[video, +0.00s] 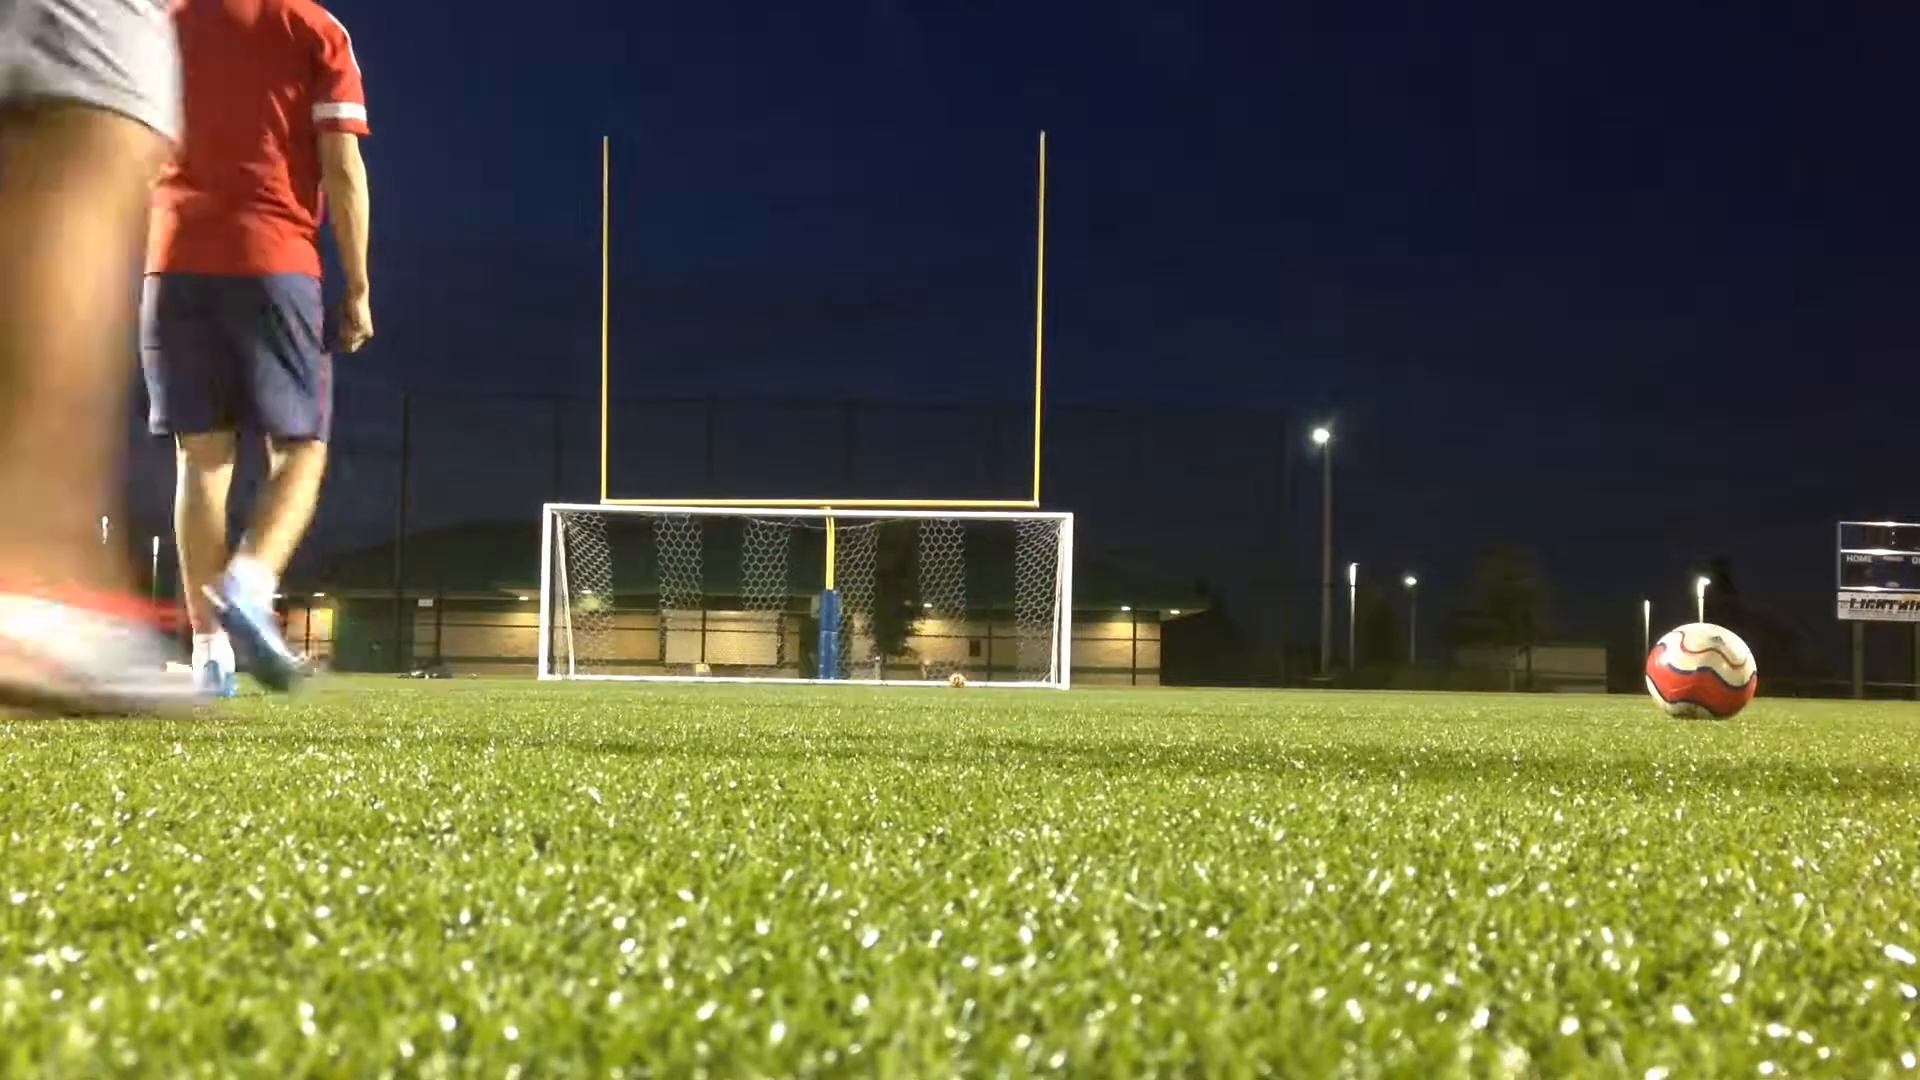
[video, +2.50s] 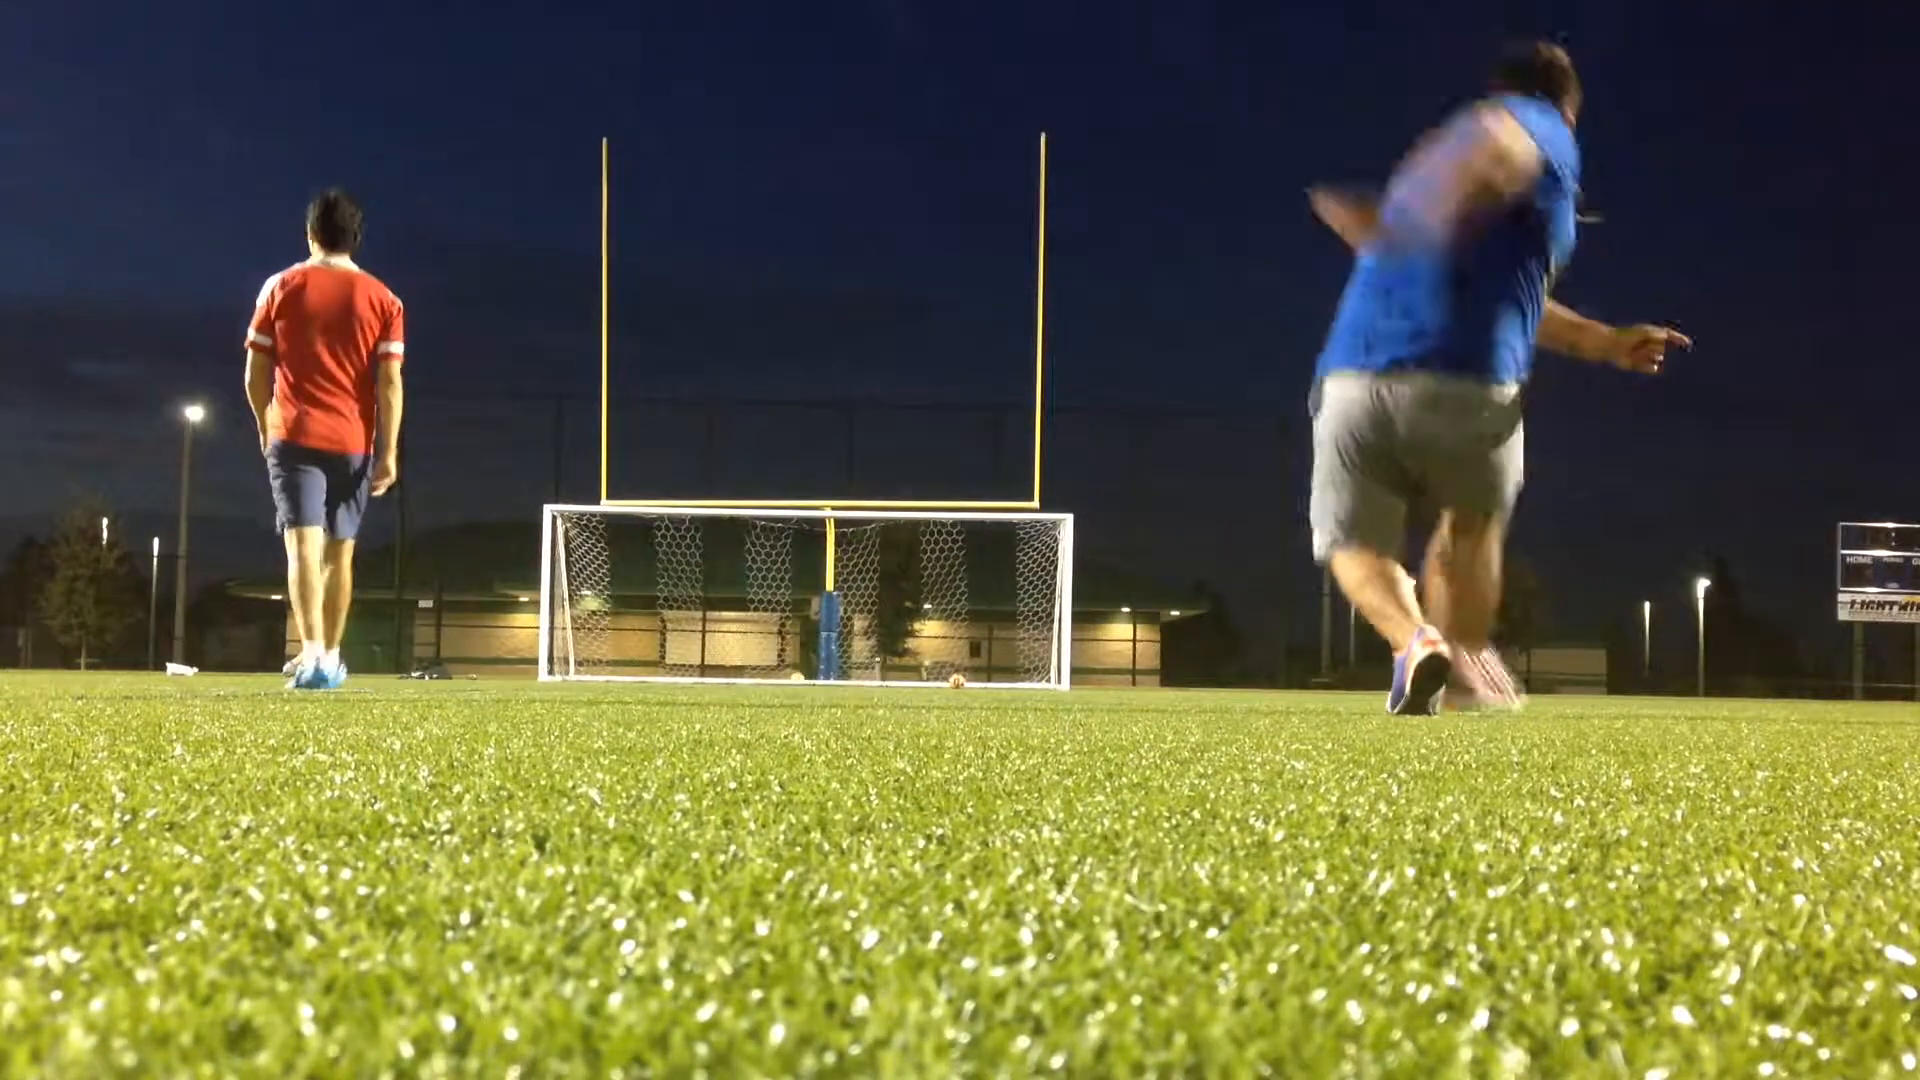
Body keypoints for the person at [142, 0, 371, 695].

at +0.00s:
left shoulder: (164, 18)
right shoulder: (315, 27)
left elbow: (135, 152)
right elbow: (343, 168)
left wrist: (127, 263)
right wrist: (357, 287)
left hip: (173, 265)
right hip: (275, 264)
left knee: (200, 462)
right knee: (299, 452)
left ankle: (209, 654)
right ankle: (252, 581)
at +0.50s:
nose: (364, 34)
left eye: (360, 23)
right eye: (363, 23)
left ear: (287, 22)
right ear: (351, 23)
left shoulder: (233, 92)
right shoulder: (378, 109)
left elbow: (203, 221)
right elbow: (393, 237)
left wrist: (192, 325)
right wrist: (400, 339)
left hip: (242, 316)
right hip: (334, 319)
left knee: (248, 477)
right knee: (326, 483)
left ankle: (245, 579)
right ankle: (315, 661)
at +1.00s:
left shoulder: (254, 173)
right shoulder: (374, 174)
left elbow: (223, 277)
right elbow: (401, 283)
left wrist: (212, 377)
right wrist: (400, 378)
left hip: (264, 355)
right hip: (345, 358)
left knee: (272, 512)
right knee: (336, 508)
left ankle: (273, 660)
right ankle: (323, 616)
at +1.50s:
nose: (305, 150)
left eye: (307, 142)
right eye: (311, 142)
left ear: (313, 148)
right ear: (367, 153)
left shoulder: (274, 210)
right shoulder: (393, 228)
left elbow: (245, 312)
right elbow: (401, 331)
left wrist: (262, 375)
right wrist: (402, 416)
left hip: (279, 387)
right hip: (354, 396)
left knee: (280, 519)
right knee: (349, 534)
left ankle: (278, 638)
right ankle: (347, 664)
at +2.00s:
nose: (307, 202)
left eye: (308, 194)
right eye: (310, 193)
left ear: (316, 197)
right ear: (363, 200)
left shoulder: (288, 258)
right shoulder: (397, 262)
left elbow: (264, 343)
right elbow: (418, 354)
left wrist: (251, 423)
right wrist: (418, 416)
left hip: (302, 415)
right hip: (371, 415)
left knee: (311, 542)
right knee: (359, 536)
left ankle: (313, 667)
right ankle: (349, 656)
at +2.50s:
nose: (308, 236)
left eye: (308, 230)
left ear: (309, 234)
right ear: (356, 237)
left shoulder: (281, 286)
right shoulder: (383, 298)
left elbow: (255, 372)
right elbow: (390, 382)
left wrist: (266, 426)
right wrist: (388, 452)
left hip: (293, 431)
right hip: (351, 438)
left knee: (304, 545)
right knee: (339, 555)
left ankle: (311, 654)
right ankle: (330, 658)